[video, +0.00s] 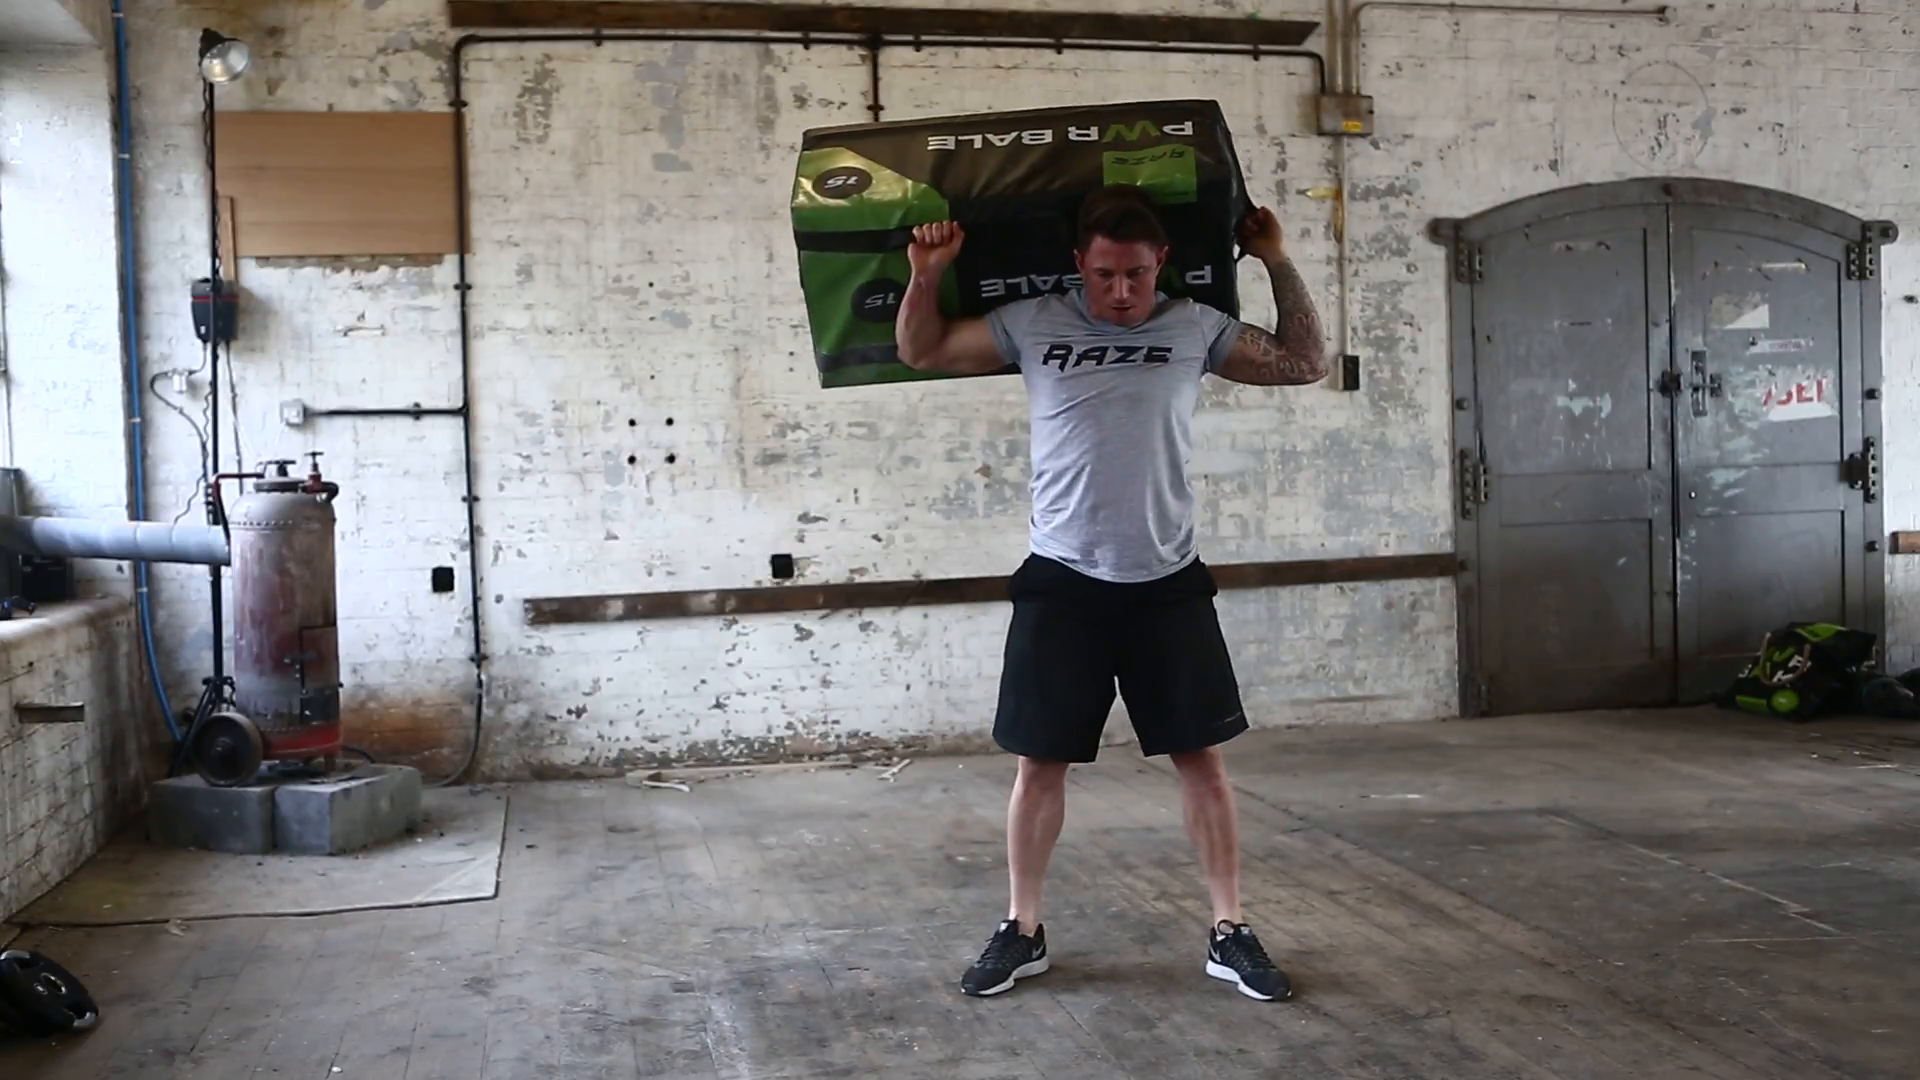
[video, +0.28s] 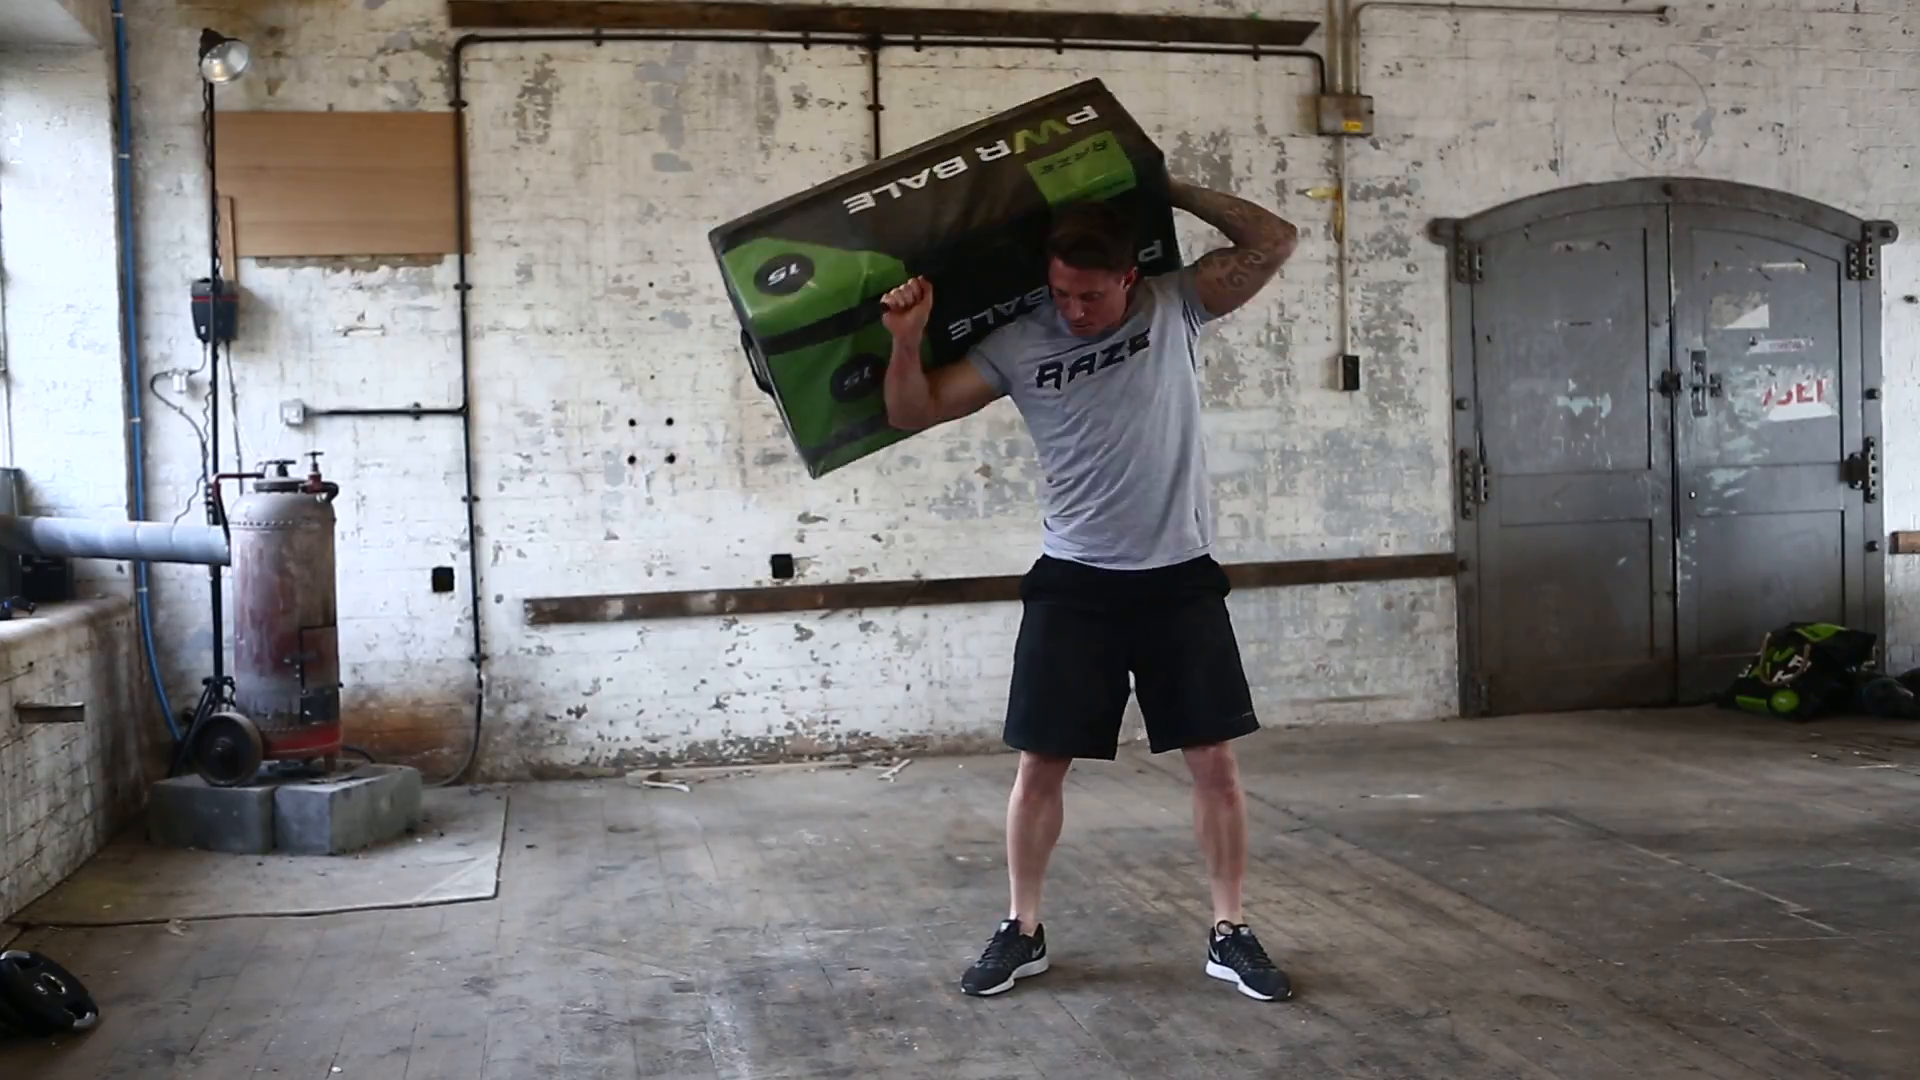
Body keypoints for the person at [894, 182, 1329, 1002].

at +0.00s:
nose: (1121, 291)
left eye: (1136, 275)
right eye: (1106, 275)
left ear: (1160, 268)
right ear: (1080, 266)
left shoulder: (1191, 327)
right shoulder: (1035, 324)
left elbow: (1305, 361)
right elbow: (922, 349)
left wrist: (1276, 258)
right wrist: (924, 275)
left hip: (1167, 582)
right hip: (1061, 582)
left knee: (1200, 759)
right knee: (1039, 766)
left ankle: (1230, 929)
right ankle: (1021, 927)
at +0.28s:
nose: (1076, 310)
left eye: (1092, 295)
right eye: (1062, 294)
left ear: (1130, 272)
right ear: (1048, 276)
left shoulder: (1175, 304)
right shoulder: (1021, 344)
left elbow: (1273, 240)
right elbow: (911, 412)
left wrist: (1179, 191)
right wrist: (906, 339)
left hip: (1181, 578)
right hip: (1073, 583)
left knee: (1215, 763)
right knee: (1039, 766)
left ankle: (1230, 930)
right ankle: (1021, 926)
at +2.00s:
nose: (1059, 690)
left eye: (1061, 678)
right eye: (1040, 694)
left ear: (1073, 629)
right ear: (1002, 655)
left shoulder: (1097, 575)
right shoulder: (995, 651)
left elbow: (1149, 521)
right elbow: (971, 741)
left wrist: (1034, 541)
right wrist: (942, 809)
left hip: (1170, 731)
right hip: (1075, 737)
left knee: (1239, 807)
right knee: (977, 798)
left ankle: (1222, 935)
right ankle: (1023, 933)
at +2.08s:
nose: (1059, 665)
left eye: (1065, 652)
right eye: (1042, 661)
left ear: (1082, 598)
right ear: (1011, 630)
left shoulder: (1107, 547)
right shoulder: (1006, 635)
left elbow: (1173, 482)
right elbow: (971, 710)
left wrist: (1055, 501)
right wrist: (943, 776)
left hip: (1175, 711)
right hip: (1074, 717)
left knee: (1247, 802)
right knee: (984, 801)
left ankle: (1225, 934)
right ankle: (1023, 933)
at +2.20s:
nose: (1076, 598)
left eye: (1085, 580)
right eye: (1060, 592)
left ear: (1100, 536)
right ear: (1033, 568)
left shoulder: (1130, 493)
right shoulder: (1016, 584)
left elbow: (1212, 419)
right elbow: (967, 653)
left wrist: (1098, 431)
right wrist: (937, 702)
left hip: (1181, 685)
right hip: (1080, 690)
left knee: (1254, 802)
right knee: (990, 799)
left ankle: (1227, 934)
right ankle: (1023, 933)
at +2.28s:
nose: (1089, 548)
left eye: (1102, 532)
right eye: (1074, 540)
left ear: (1116, 491)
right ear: (1046, 517)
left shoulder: (1151, 455)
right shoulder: (1024, 533)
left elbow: (1242, 384)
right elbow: (962, 599)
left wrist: (1130, 384)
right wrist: (931, 640)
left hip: (1181, 666)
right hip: (1077, 671)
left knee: (1248, 802)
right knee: (992, 797)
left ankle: (1227, 935)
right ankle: (1023, 933)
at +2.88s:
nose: (1126, 309)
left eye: (1143, 295)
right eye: (1112, 293)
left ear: (1172, 281)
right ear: (1091, 276)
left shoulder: (1202, 329)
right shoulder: (1048, 316)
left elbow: (1313, 360)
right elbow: (937, 329)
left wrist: (1289, 262)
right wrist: (931, 260)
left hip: (1168, 581)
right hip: (1062, 581)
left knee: (1200, 756)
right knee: (1039, 764)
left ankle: (1231, 929)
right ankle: (1022, 926)